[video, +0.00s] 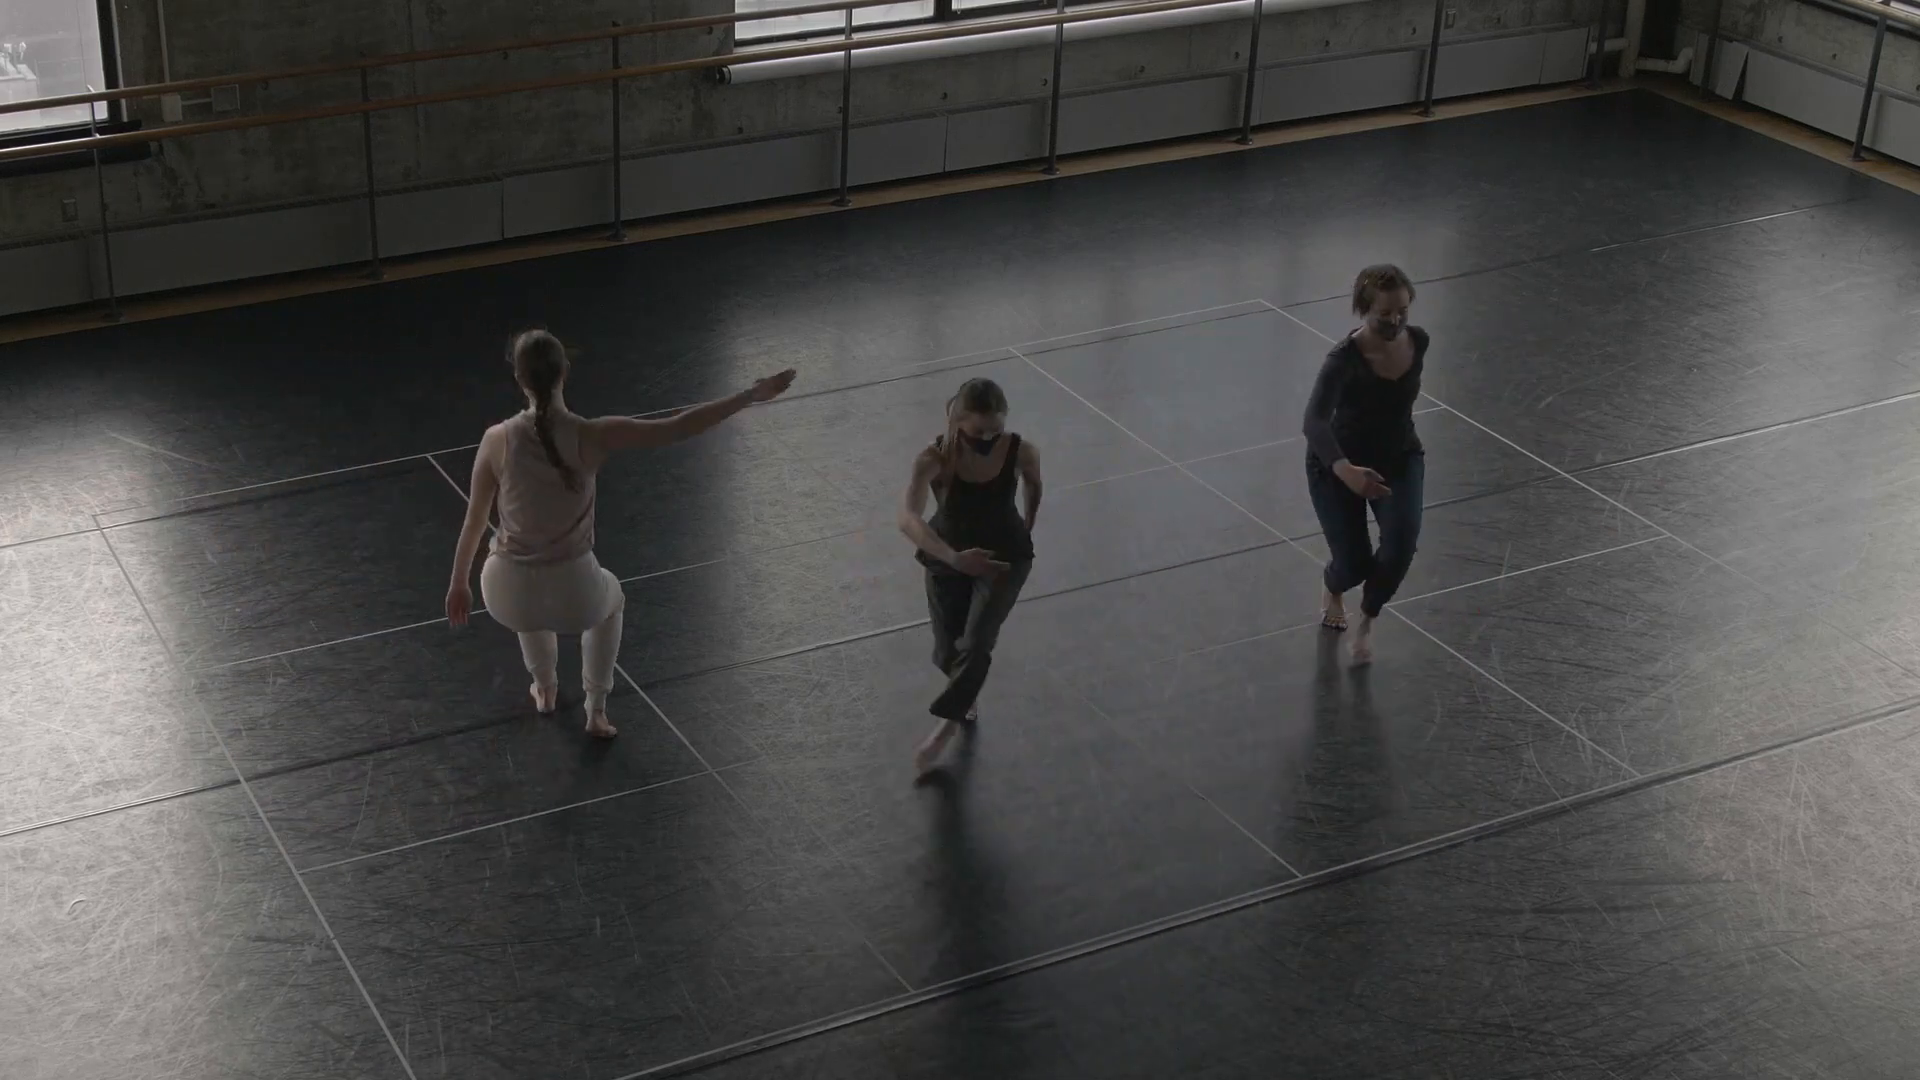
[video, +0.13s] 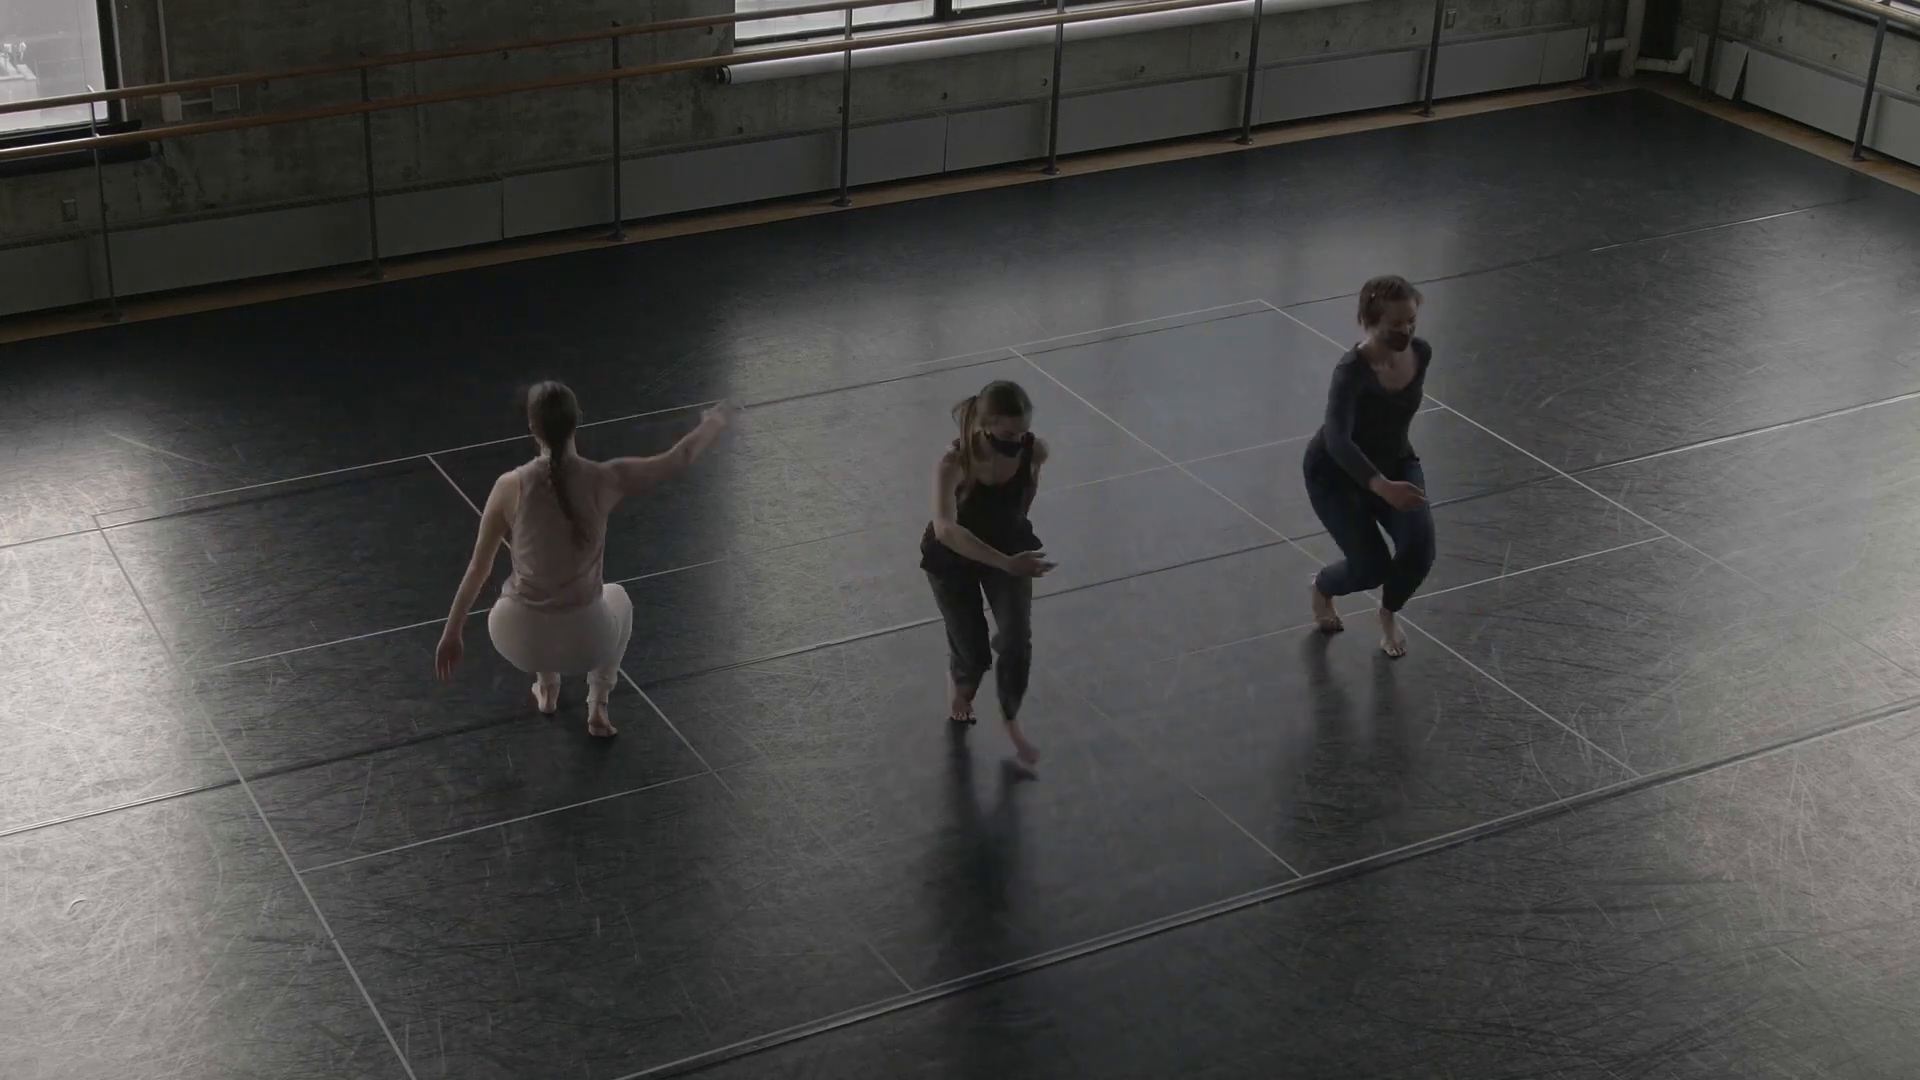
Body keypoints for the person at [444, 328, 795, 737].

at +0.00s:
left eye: (522, 370)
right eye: (560, 366)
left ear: (518, 379)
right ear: (564, 374)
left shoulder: (496, 441)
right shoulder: (593, 435)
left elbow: (474, 521)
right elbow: (676, 427)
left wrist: (458, 582)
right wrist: (750, 395)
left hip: (508, 593)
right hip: (576, 593)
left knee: (526, 590)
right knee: (609, 598)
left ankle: (544, 691)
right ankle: (596, 713)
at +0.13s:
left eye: (534, 421)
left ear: (532, 429)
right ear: (577, 424)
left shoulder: (509, 487)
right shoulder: (604, 478)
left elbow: (478, 568)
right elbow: (676, 461)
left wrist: (452, 630)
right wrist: (713, 424)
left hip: (522, 640)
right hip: (586, 640)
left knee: (523, 590)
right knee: (617, 597)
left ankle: (546, 689)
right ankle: (598, 709)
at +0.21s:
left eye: (537, 446)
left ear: (538, 455)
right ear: (582, 450)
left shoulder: (515, 512)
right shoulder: (610, 501)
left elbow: (482, 595)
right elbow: (664, 482)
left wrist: (450, 662)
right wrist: (667, 450)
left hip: (531, 665)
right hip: (593, 665)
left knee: (526, 594)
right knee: (620, 601)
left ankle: (546, 692)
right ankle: (598, 707)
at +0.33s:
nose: (528, 436)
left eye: (528, 432)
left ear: (533, 441)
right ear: (575, 438)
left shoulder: (515, 501)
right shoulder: (603, 483)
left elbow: (502, 584)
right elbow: (618, 471)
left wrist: (484, 657)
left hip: (539, 644)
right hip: (604, 643)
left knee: (519, 577)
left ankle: (545, 689)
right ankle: (600, 700)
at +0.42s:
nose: (513, 411)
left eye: (517, 405)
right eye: (515, 404)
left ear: (535, 418)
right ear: (568, 411)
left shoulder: (517, 474)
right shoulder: (597, 449)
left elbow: (524, 558)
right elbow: (566, 445)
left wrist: (520, 634)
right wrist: (531, 444)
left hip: (557, 614)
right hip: (616, 608)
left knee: (529, 590)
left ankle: (546, 692)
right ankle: (603, 699)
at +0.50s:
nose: (505, 387)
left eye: (510, 383)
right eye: (506, 380)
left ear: (533, 397)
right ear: (561, 388)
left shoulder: (525, 451)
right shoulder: (585, 422)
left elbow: (548, 537)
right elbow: (545, 418)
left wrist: (559, 614)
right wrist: (493, 429)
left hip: (581, 600)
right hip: (632, 586)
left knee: (518, 574)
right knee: (570, 586)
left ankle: (543, 687)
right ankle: (612, 700)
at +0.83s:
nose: (496, 379)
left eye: (503, 372)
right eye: (497, 370)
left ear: (533, 381)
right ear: (537, 379)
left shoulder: (565, 437)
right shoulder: (544, 408)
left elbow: (598, 521)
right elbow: (476, 421)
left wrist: (612, 602)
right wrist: (428, 454)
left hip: (622, 558)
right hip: (619, 545)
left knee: (509, 617)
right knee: (546, 633)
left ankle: (546, 729)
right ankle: (627, 696)